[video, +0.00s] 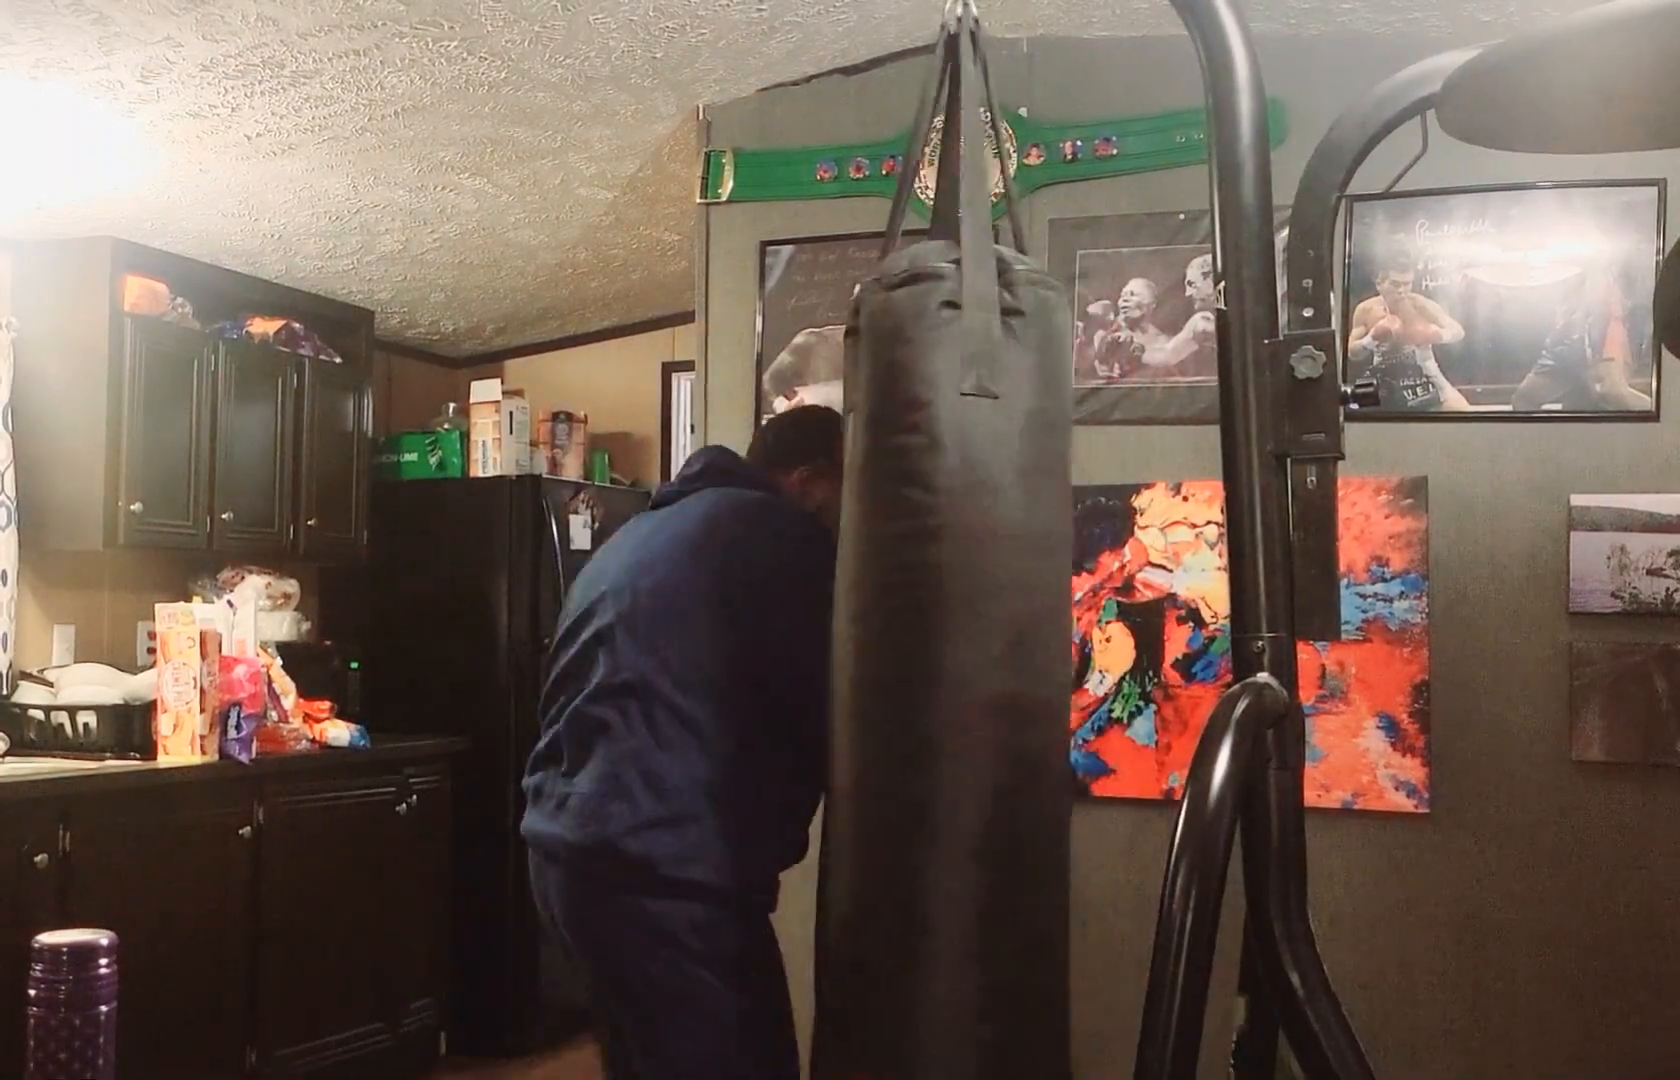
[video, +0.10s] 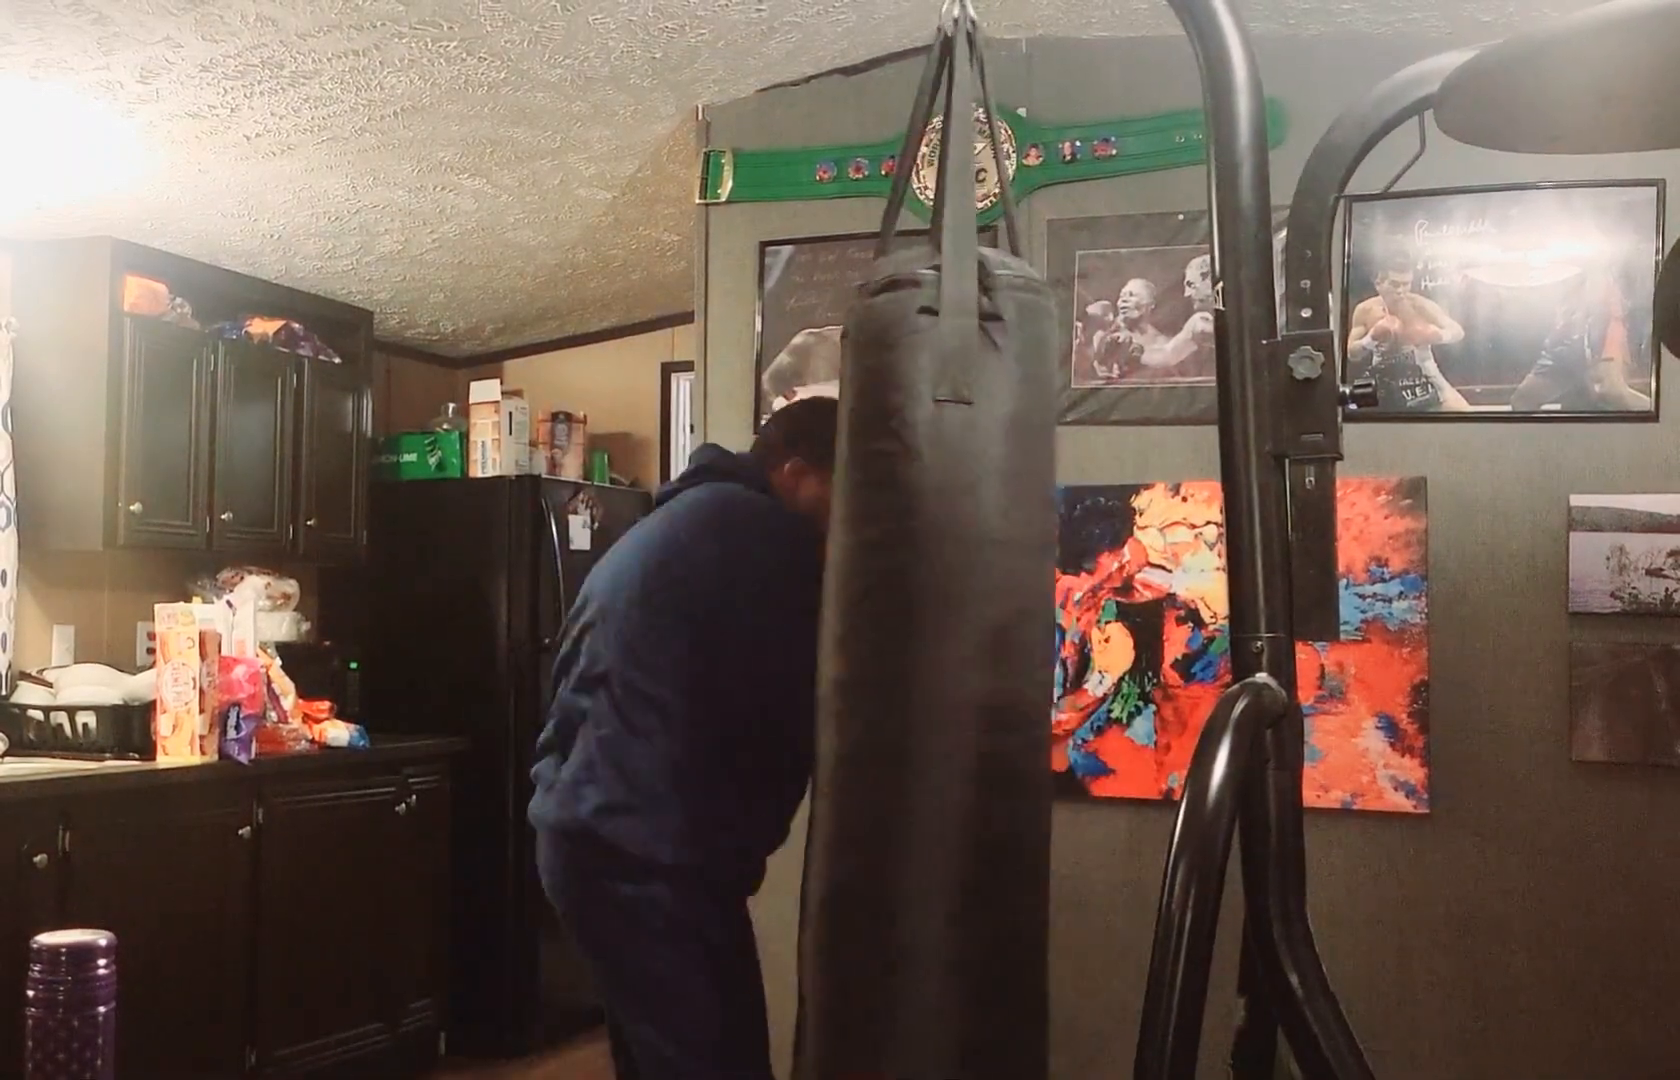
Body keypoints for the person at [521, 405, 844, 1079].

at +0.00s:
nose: (833, 524)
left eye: (840, 511)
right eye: (837, 507)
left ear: (753, 465)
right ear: (805, 480)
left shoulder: (634, 533)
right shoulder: (790, 534)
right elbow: (814, 711)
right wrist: (775, 842)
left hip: (563, 847)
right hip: (681, 860)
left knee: (643, 1059)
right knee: (751, 1063)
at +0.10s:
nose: (837, 518)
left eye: (844, 500)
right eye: (837, 495)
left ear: (779, 464)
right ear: (795, 470)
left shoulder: (660, 524)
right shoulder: (783, 541)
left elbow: (571, 665)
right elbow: (799, 722)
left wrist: (550, 784)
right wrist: (756, 840)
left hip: (580, 839)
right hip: (665, 854)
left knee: (653, 1054)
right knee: (727, 1060)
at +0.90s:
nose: (828, 472)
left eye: (836, 451)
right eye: (810, 453)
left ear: (844, 429)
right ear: (746, 433)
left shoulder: (777, 506)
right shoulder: (688, 499)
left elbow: (813, 651)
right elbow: (681, 689)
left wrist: (869, 579)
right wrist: (834, 688)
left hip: (701, 825)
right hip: (635, 828)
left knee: (722, 1051)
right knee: (678, 1054)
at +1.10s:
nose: (792, 451)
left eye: (803, 429)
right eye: (772, 432)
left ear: (815, 414)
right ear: (709, 418)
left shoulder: (785, 502)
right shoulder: (643, 504)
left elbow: (834, 651)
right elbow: (624, 682)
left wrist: (855, 610)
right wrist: (781, 692)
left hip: (721, 816)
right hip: (634, 821)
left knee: (723, 1043)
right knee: (675, 1049)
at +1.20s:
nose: (778, 445)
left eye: (788, 422)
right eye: (756, 428)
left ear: (801, 407)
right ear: (694, 414)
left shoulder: (808, 479)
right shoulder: (621, 509)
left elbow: (908, 526)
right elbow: (581, 679)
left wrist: (957, 534)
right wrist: (741, 689)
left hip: (728, 804)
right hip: (629, 810)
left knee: (710, 1039)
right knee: (669, 1047)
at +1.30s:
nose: (778, 444)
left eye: (786, 421)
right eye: (755, 428)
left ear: (798, 402)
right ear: (691, 410)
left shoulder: (801, 464)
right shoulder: (617, 502)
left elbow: (932, 504)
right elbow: (571, 678)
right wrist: (733, 690)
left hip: (727, 809)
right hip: (629, 816)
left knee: (712, 1042)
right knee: (654, 1048)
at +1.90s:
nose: (638, 623)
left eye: (653, 598)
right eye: (613, 608)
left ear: (686, 550)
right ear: (579, 581)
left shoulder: (767, 564)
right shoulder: (534, 613)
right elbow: (490, 769)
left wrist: (739, 660)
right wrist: (585, 761)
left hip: (744, 856)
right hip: (607, 876)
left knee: (737, 1046)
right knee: (615, 1056)